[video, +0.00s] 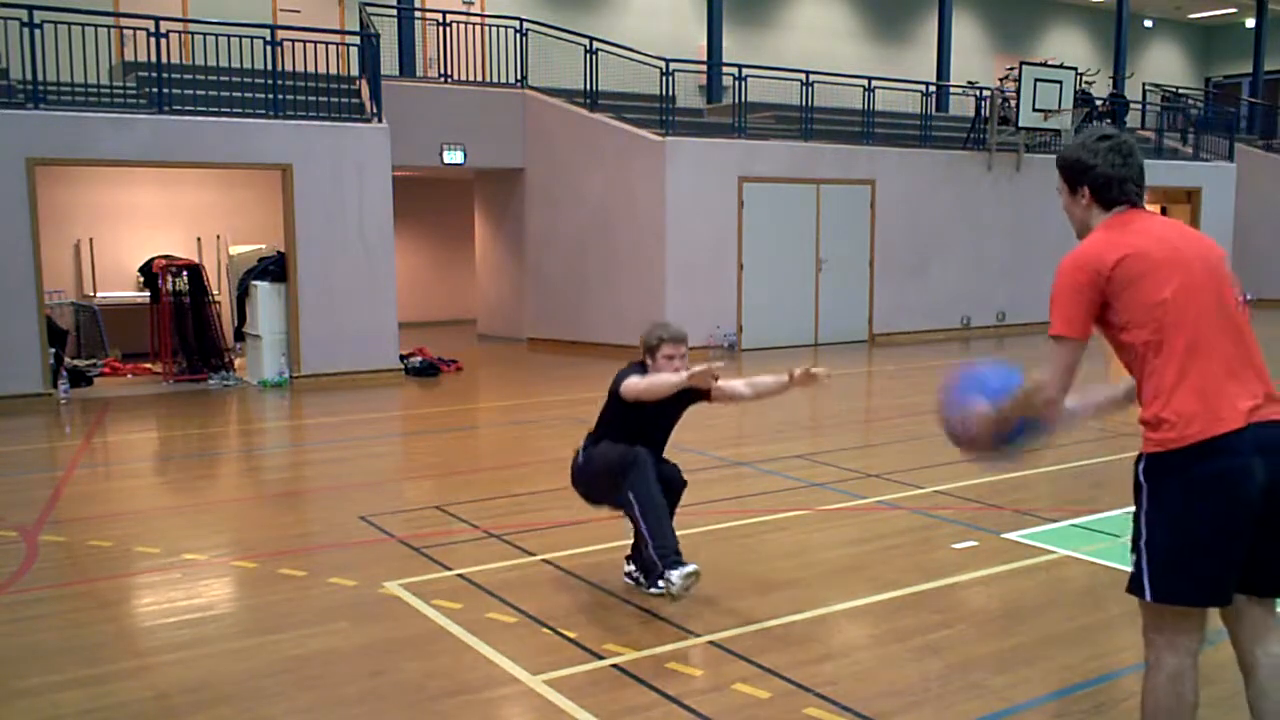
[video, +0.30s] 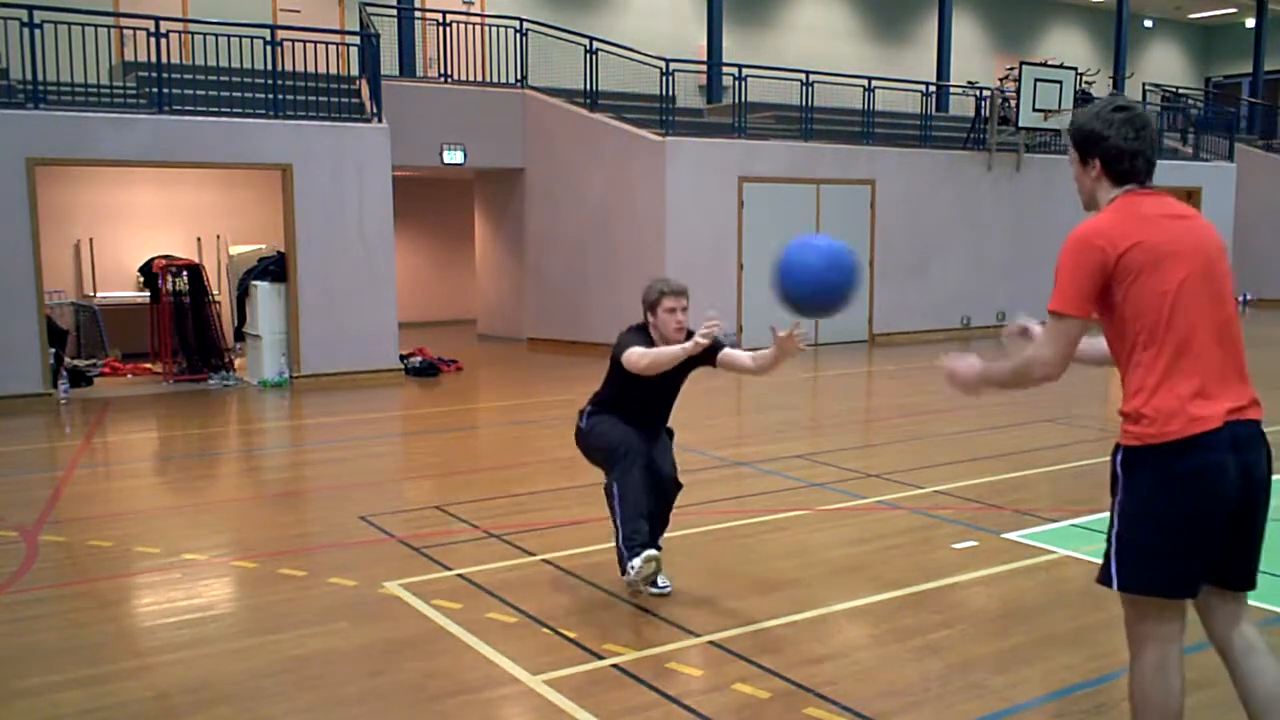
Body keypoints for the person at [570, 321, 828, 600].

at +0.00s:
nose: (679, 365)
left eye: (683, 357)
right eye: (670, 358)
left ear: (688, 357)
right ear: (649, 358)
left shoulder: (689, 386)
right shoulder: (631, 376)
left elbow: (742, 390)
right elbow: (635, 391)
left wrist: (789, 381)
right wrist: (686, 380)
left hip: (642, 471)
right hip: (594, 470)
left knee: (671, 479)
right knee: (638, 461)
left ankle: (642, 563)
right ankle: (667, 568)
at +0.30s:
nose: (681, 319)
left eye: (684, 311)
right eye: (671, 311)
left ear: (689, 312)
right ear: (650, 317)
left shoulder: (697, 346)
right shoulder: (632, 340)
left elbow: (751, 362)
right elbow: (642, 363)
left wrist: (778, 353)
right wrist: (690, 347)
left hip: (651, 433)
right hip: (604, 423)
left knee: (666, 482)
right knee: (629, 454)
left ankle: (645, 563)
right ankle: (635, 560)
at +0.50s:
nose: (676, 298)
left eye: (679, 290)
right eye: (666, 292)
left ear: (684, 293)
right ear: (646, 298)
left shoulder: (688, 331)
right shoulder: (625, 331)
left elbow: (751, 386)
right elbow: (622, 389)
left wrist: (739, 361)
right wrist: (679, 359)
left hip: (653, 420)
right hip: (607, 413)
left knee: (661, 483)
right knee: (627, 444)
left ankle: (645, 561)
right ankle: (634, 555)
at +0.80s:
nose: (668, 287)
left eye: (671, 280)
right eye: (658, 281)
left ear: (676, 283)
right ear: (638, 287)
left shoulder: (684, 321)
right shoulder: (620, 324)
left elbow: (736, 345)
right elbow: (610, 372)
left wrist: (743, 338)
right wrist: (668, 339)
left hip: (651, 420)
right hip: (604, 414)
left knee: (662, 482)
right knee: (633, 456)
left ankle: (642, 560)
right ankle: (640, 563)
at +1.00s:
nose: (661, 313)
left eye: (666, 306)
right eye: (651, 306)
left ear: (672, 310)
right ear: (631, 308)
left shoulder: (676, 343)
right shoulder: (615, 337)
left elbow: (739, 339)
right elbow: (605, 355)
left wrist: (755, 305)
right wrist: (666, 315)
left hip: (643, 440)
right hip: (594, 436)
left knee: (664, 480)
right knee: (634, 456)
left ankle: (640, 562)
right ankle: (645, 565)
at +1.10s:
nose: (650, 337)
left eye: (654, 330)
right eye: (642, 329)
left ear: (661, 335)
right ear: (624, 332)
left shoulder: (666, 367)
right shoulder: (605, 368)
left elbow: (728, 357)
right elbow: (602, 372)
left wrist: (747, 325)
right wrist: (655, 327)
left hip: (637, 464)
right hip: (588, 467)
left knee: (662, 473)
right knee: (631, 465)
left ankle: (640, 562)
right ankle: (648, 570)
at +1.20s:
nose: (639, 364)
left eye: (642, 357)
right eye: (634, 357)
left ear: (647, 360)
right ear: (615, 358)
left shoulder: (655, 395)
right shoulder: (593, 398)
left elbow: (716, 387)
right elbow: (595, 396)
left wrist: (729, 354)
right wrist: (639, 344)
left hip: (630, 502)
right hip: (586, 504)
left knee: (655, 467)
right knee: (624, 477)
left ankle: (639, 564)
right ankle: (658, 575)